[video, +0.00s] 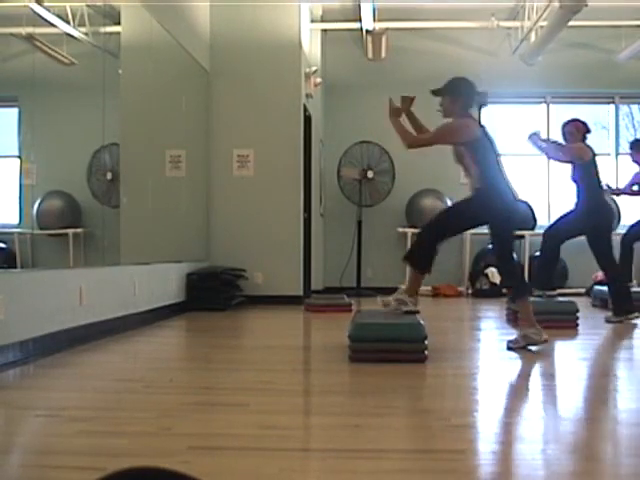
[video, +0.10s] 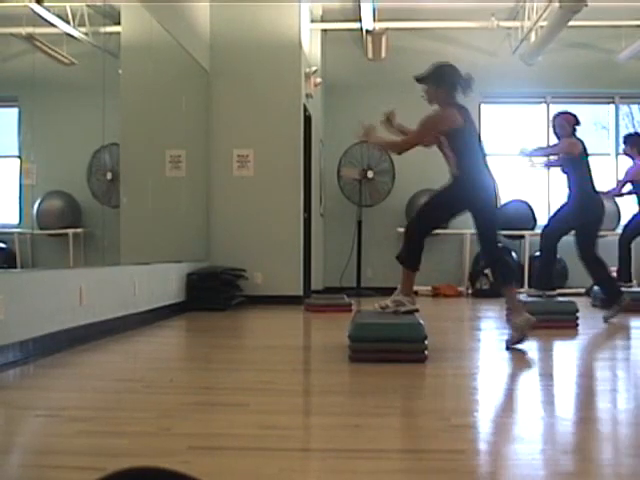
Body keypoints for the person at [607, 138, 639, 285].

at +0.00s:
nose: (633, 157)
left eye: (634, 154)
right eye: (632, 154)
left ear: (637, 154)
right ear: (632, 155)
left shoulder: (637, 175)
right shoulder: (636, 175)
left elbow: (632, 190)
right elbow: (626, 189)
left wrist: (621, 192)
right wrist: (615, 191)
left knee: (627, 239)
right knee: (627, 238)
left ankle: (625, 278)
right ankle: (624, 278)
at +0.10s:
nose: (624, 150)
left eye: (626, 146)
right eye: (624, 146)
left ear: (632, 147)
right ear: (635, 147)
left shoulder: (634, 169)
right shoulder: (634, 168)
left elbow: (619, 190)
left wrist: (604, 194)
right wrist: (608, 194)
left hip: (638, 213)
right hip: (638, 212)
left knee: (625, 238)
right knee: (625, 238)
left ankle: (624, 278)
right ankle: (624, 277)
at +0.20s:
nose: (618, 144)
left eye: (621, 141)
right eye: (619, 140)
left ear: (628, 142)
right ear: (631, 142)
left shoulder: (632, 161)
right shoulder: (634, 160)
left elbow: (625, 183)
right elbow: (625, 183)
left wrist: (612, 195)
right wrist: (613, 195)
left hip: (637, 205)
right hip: (636, 205)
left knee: (626, 234)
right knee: (629, 235)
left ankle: (623, 277)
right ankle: (624, 276)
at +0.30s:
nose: (617, 143)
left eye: (619, 139)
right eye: (617, 139)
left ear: (626, 140)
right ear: (629, 140)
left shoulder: (629, 159)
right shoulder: (631, 158)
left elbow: (633, 182)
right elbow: (632, 183)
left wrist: (620, 198)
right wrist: (621, 197)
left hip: (635, 203)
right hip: (634, 202)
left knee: (626, 235)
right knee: (628, 236)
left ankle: (623, 275)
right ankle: (625, 274)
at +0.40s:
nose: (615, 144)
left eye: (617, 140)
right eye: (615, 140)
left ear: (623, 142)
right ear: (628, 142)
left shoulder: (628, 161)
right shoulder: (632, 159)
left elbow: (635, 184)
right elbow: (634, 185)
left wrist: (630, 204)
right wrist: (628, 204)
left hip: (635, 204)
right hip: (634, 204)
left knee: (625, 236)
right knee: (628, 236)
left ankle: (625, 274)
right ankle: (633, 271)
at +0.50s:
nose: (616, 144)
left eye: (618, 140)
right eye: (616, 140)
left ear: (624, 141)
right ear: (628, 141)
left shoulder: (630, 160)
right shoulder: (631, 159)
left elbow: (634, 185)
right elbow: (633, 186)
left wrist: (625, 201)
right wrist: (623, 201)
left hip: (635, 203)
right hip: (633, 202)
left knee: (626, 238)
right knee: (629, 239)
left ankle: (623, 276)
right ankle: (624, 275)